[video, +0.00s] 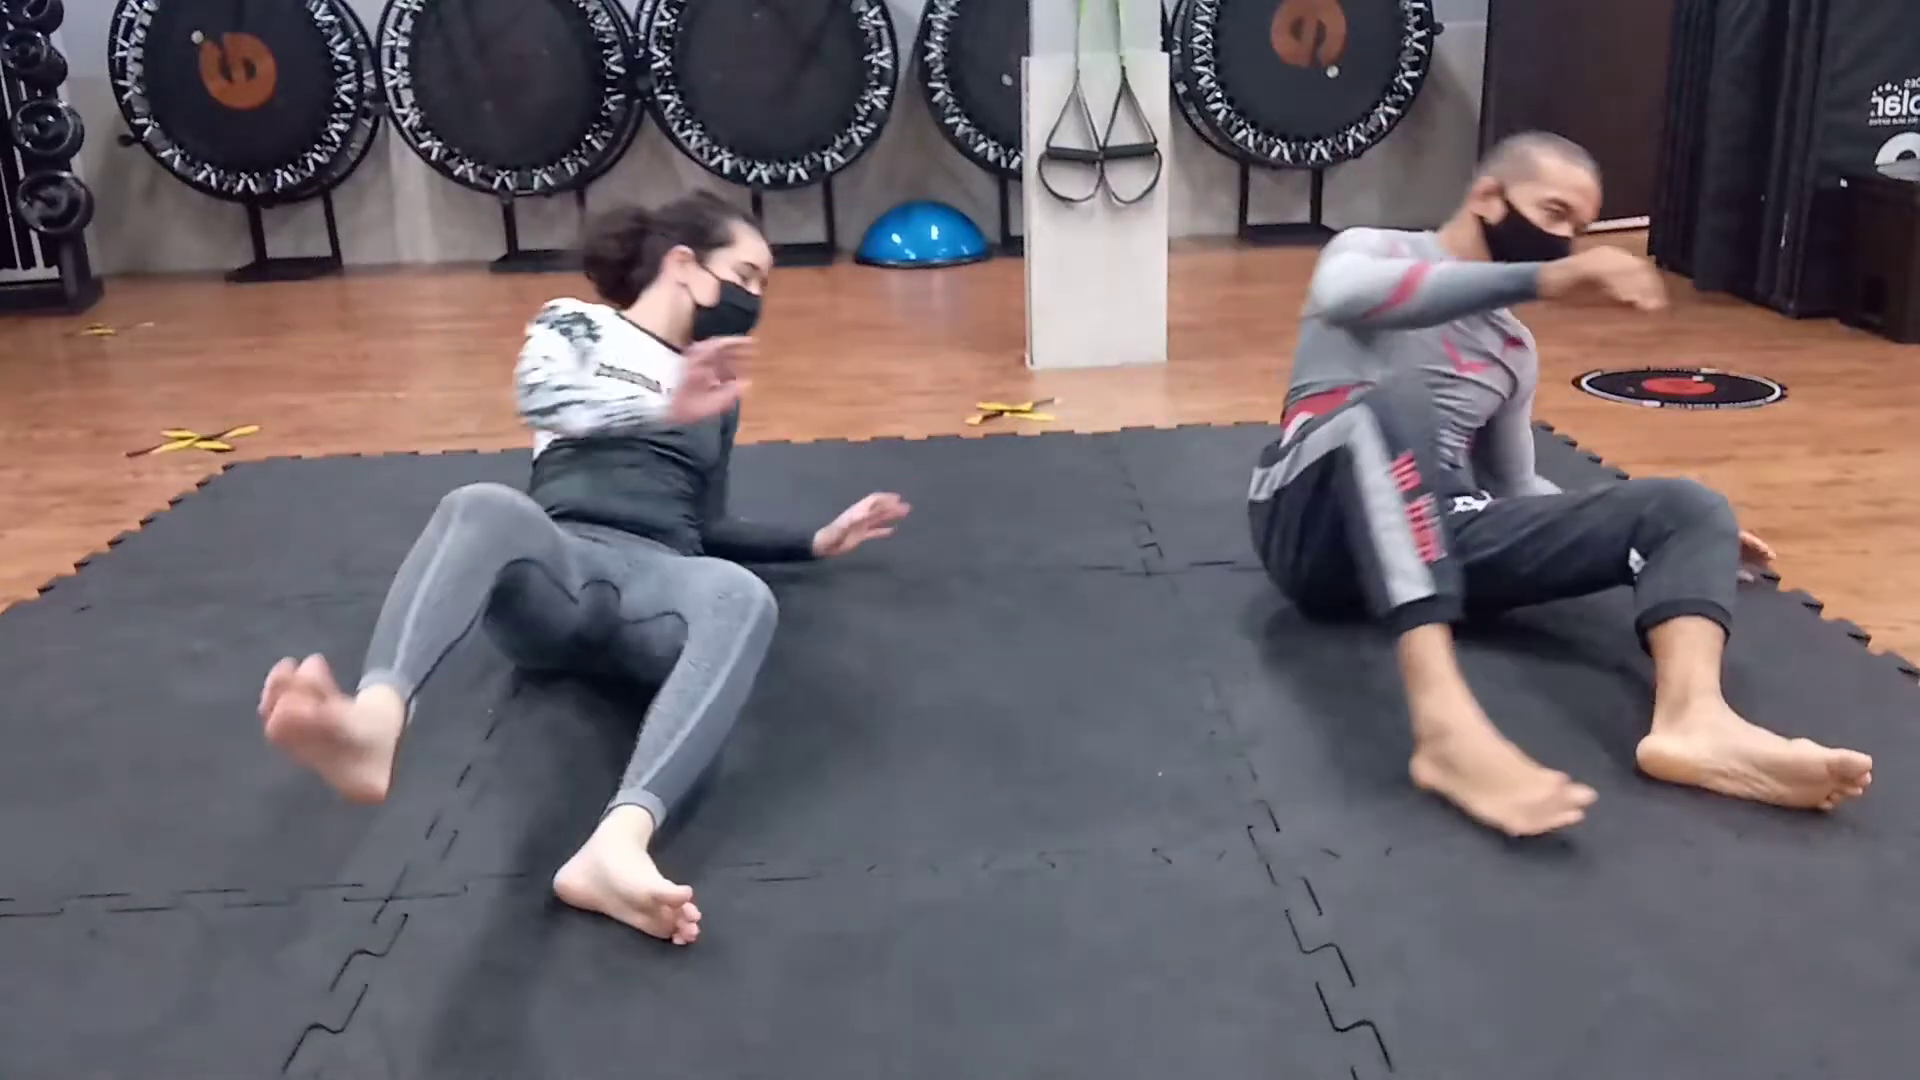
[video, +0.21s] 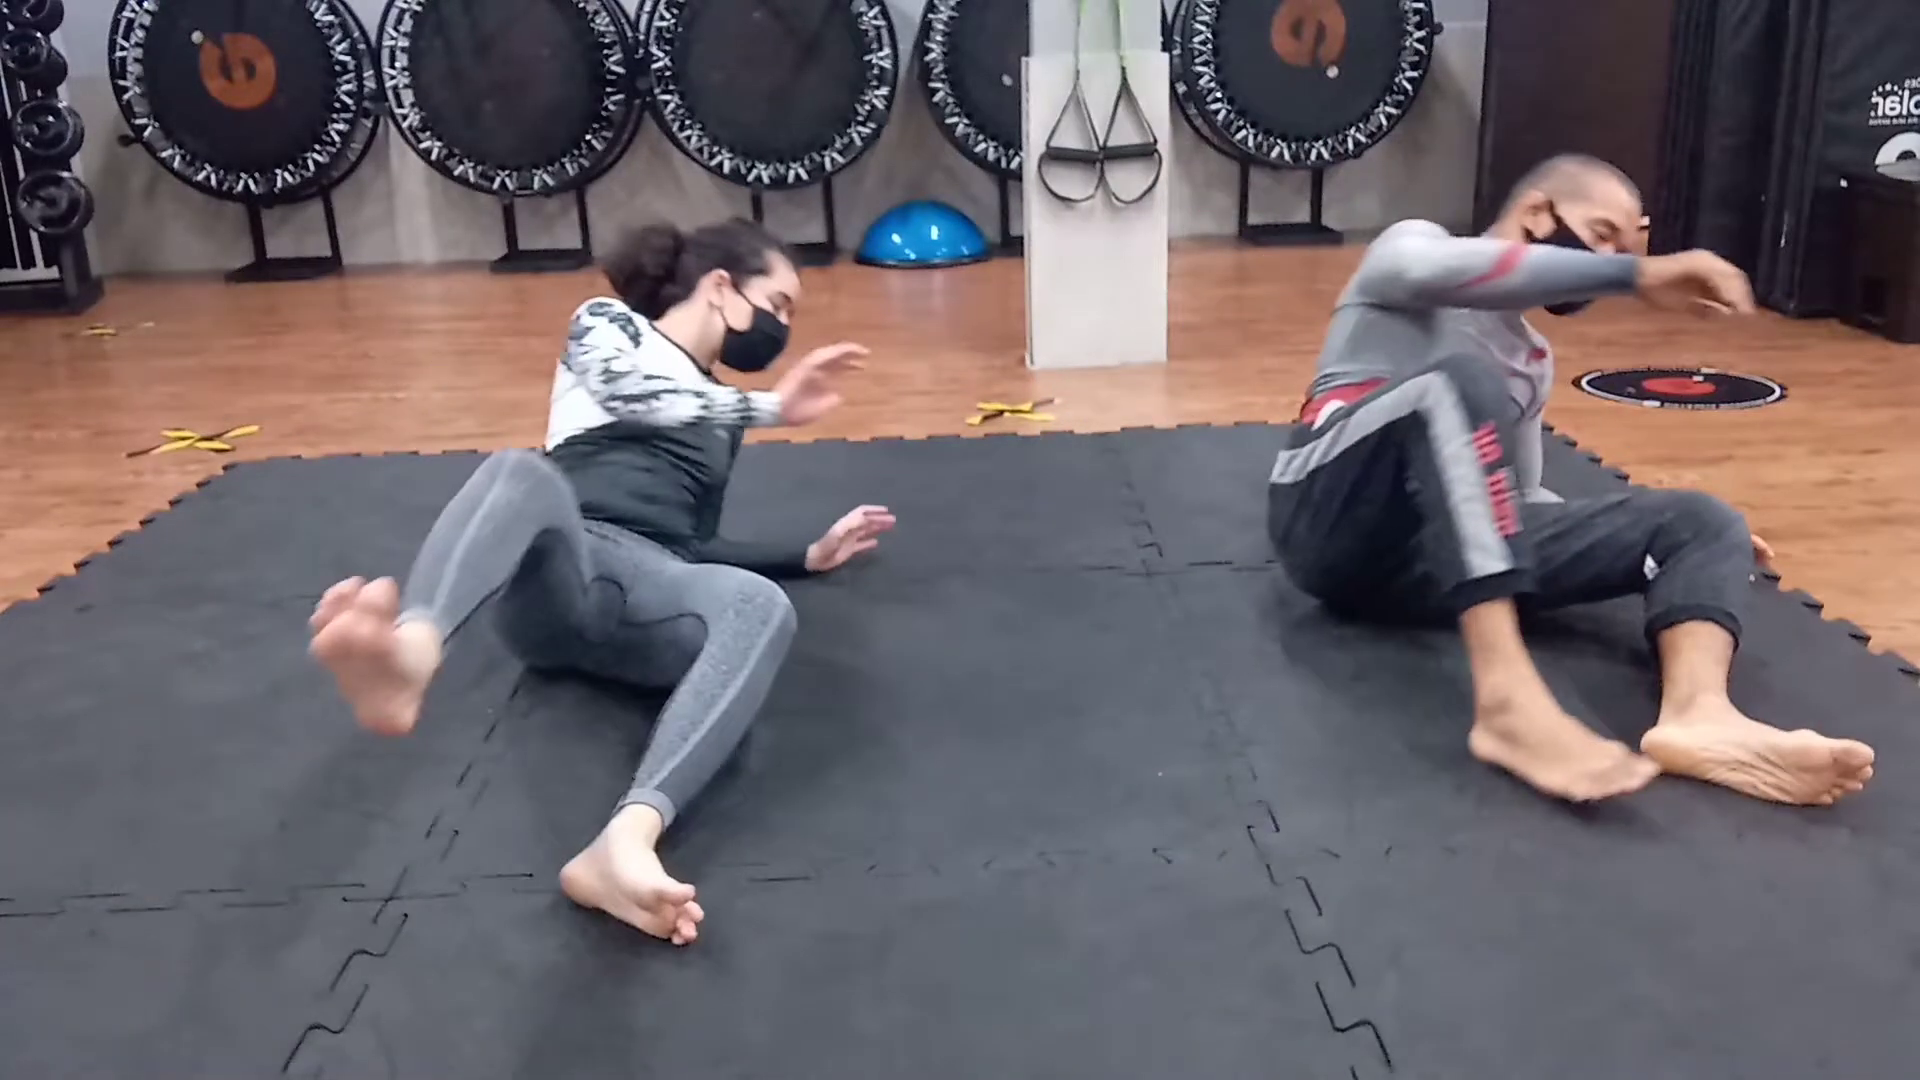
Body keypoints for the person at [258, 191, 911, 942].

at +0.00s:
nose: (754, 300)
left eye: (762, 286)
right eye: (745, 277)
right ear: (682, 263)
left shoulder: (711, 391)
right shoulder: (574, 321)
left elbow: (707, 528)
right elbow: (541, 390)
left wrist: (814, 544)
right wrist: (664, 404)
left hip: (664, 571)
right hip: (562, 547)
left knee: (744, 599)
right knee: (479, 503)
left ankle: (619, 843)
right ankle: (376, 722)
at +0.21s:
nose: (782, 327)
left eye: (791, 316)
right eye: (778, 305)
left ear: (723, 293)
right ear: (719, 285)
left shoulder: (717, 417)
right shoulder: (608, 319)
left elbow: (686, 545)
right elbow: (626, 388)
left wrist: (805, 559)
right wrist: (767, 405)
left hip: (662, 588)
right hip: (566, 556)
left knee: (762, 607)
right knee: (521, 469)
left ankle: (627, 841)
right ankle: (411, 652)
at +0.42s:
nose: (799, 333)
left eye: (804, 321)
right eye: (795, 311)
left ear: (742, 298)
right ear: (739, 288)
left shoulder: (729, 415)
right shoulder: (625, 316)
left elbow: (689, 547)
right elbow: (670, 382)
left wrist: (811, 559)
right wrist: (826, 410)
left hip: (655, 599)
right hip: (568, 560)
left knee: (775, 608)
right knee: (579, 439)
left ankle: (649, 834)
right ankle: (501, 652)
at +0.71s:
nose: (809, 334)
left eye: (813, 320)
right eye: (804, 312)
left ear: (752, 297)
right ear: (753, 290)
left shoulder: (730, 413)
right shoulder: (643, 314)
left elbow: (696, 549)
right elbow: (715, 394)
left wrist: (813, 562)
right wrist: (863, 421)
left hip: (652, 604)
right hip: (552, 565)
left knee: (827, 618)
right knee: (661, 434)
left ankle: (748, 818)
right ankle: (578, 696)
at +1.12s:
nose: (794, 344)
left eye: (798, 330)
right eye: (791, 321)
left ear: (739, 304)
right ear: (741, 298)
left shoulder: (728, 404)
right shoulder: (664, 311)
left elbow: (685, 551)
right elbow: (754, 396)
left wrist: (812, 556)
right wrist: (901, 437)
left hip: (651, 613)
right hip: (570, 560)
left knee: (888, 628)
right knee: (772, 448)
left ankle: (742, 789)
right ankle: (575, 687)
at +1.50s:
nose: (818, 384)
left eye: (821, 370)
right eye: (817, 364)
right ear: (787, 330)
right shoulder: (735, 317)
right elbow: (840, 411)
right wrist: (963, 477)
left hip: (545, 617)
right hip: (531, 503)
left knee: (823, 638)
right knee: (773, 540)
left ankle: (741, 775)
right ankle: (513, 722)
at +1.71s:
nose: (792, 433)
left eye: (798, 424)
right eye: (801, 415)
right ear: (793, 365)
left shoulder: (674, 418)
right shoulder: (743, 340)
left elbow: (673, 549)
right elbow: (863, 434)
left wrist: (809, 545)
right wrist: (970, 501)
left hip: (487, 603)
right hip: (476, 484)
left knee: (741, 632)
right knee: (712, 532)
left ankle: (708, 790)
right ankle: (476, 751)